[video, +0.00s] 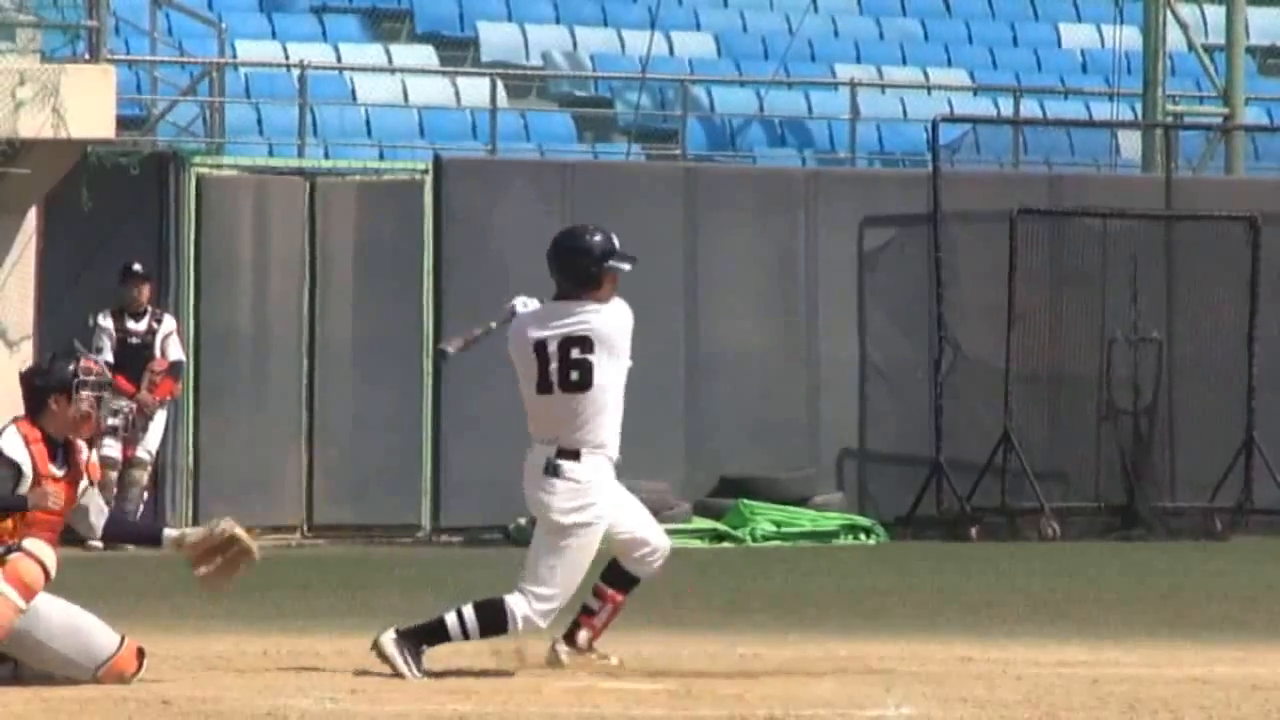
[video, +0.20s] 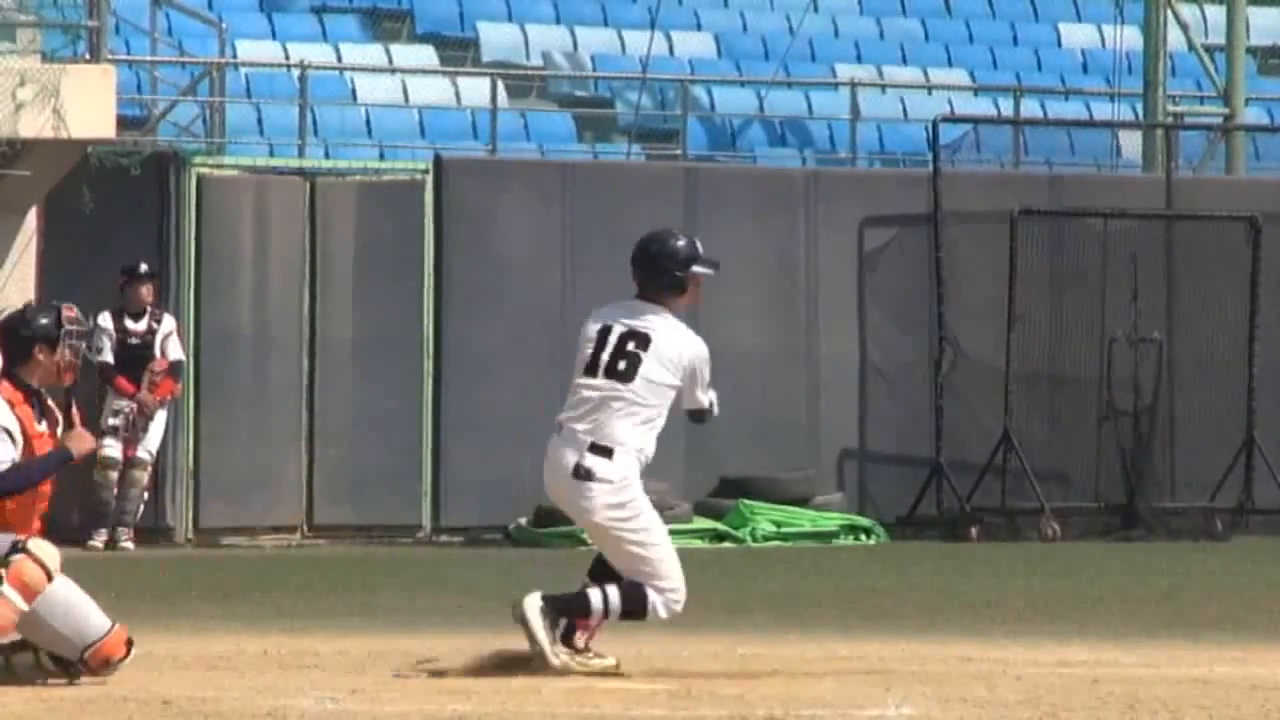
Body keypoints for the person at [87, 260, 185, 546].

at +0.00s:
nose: (137, 292)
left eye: (142, 285)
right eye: (131, 286)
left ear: (150, 289)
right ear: (122, 290)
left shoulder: (165, 323)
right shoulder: (107, 321)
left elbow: (176, 367)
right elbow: (101, 368)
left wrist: (156, 398)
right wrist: (136, 394)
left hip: (150, 401)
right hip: (115, 397)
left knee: (139, 464)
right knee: (109, 461)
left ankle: (126, 527)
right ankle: (99, 526)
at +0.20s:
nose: (149, 290)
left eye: (151, 285)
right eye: (142, 285)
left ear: (154, 290)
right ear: (126, 289)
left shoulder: (165, 323)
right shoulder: (107, 321)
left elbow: (176, 367)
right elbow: (104, 367)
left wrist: (157, 398)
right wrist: (137, 394)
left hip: (151, 399)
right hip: (118, 396)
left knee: (140, 460)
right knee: (108, 456)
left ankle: (125, 527)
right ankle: (101, 526)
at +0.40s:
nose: (151, 292)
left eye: (153, 286)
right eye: (145, 286)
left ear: (155, 290)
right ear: (129, 290)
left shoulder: (165, 324)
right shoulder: (107, 321)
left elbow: (175, 368)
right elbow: (104, 367)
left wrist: (157, 397)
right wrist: (136, 394)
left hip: (151, 400)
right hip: (117, 397)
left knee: (139, 465)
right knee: (108, 460)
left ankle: (125, 527)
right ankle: (102, 524)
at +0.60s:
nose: (152, 292)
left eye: (154, 286)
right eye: (146, 286)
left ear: (156, 290)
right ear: (130, 290)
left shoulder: (166, 324)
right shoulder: (107, 321)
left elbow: (175, 368)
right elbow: (106, 367)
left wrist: (158, 396)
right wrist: (137, 394)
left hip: (151, 400)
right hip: (118, 397)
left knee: (140, 461)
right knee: (108, 457)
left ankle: (125, 528)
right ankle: (101, 527)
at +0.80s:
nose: (154, 292)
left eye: (155, 286)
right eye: (147, 287)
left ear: (157, 290)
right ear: (131, 290)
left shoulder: (166, 324)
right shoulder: (109, 320)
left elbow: (177, 365)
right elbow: (106, 366)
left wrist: (161, 394)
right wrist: (139, 394)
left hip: (152, 399)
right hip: (120, 395)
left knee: (141, 460)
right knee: (110, 455)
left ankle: (126, 527)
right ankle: (103, 525)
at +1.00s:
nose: (154, 293)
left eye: (155, 286)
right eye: (147, 287)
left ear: (157, 290)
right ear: (132, 290)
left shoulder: (166, 323)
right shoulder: (109, 320)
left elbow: (176, 365)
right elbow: (106, 367)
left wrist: (162, 395)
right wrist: (139, 394)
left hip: (152, 398)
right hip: (120, 395)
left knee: (142, 459)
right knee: (111, 456)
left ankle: (125, 526)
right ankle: (102, 524)